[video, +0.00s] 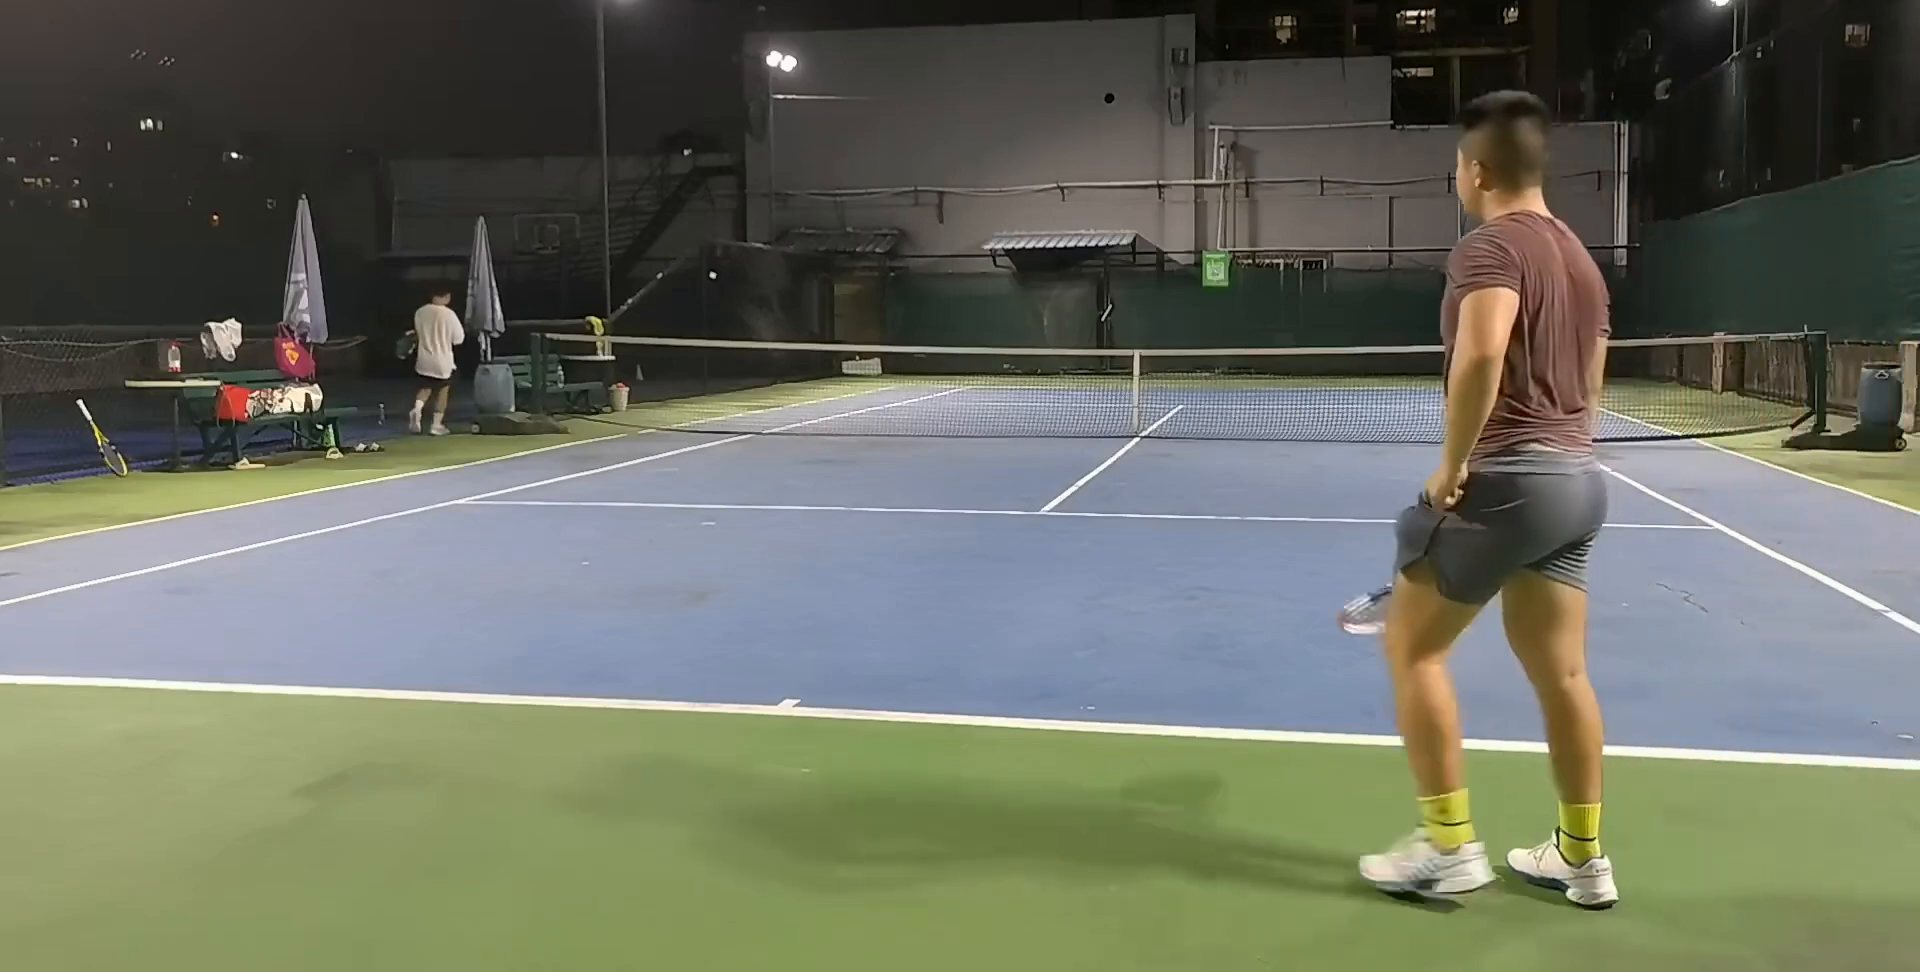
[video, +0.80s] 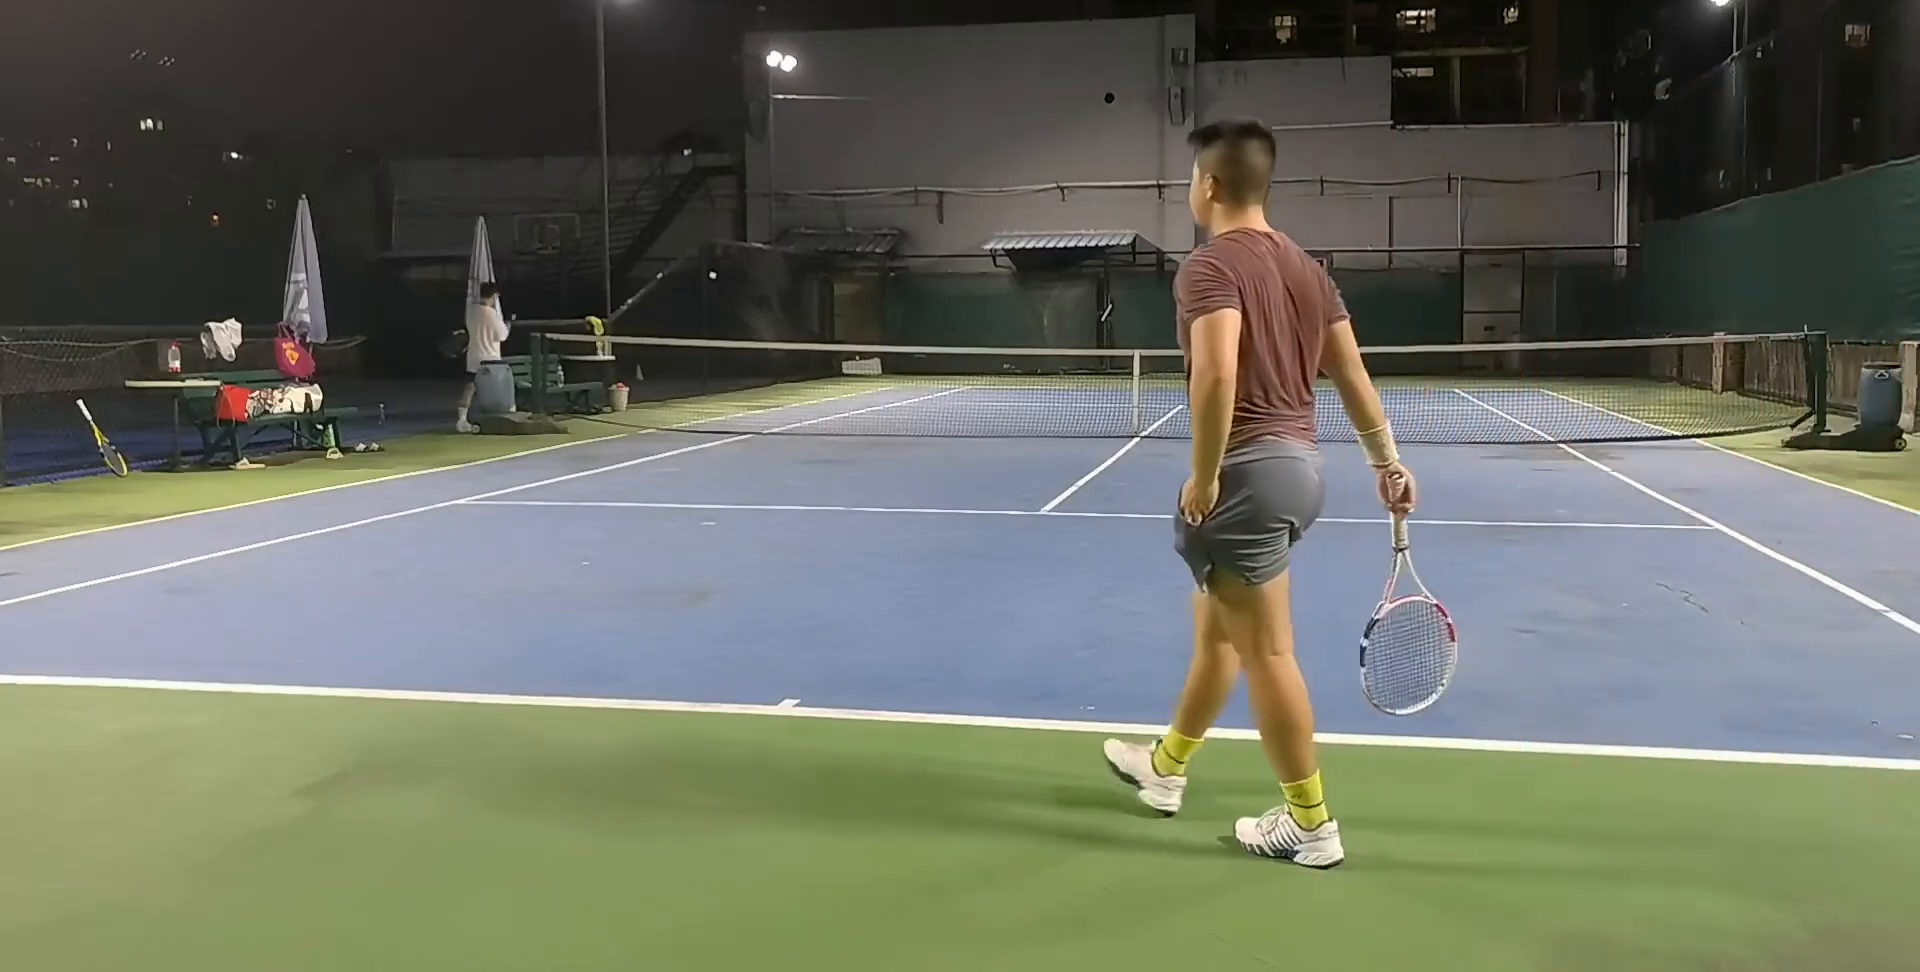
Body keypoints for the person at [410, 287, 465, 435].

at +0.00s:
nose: (449, 300)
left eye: (448, 297)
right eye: (448, 297)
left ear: (432, 296)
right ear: (445, 297)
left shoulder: (420, 312)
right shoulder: (449, 314)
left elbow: (418, 332)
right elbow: (458, 339)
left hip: (423, 360)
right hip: (443, 361)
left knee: (425, 387)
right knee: (443, 390)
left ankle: (417, 409)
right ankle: (437, 424)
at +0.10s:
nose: (453, 298)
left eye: (453, 295)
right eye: (453, 295)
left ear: (437, 294)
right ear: (451, 295)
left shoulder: (425, 311)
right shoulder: (454, 313)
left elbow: (423, 331)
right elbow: (463, 337)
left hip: (428, 360)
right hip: (447, 362)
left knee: (432, 387)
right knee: (444, 394)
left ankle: (426, 414)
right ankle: (437, 424)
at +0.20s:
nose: (458, 297)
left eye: (457, 295)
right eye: (458, 295)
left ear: (441, 295)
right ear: (455, 295)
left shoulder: (430, 311)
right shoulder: (457, 313)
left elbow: (429, 331)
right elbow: (467, 336)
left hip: (433, 358)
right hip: (450, 360)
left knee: (440, 389)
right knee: (445, 391)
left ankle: (440, 419)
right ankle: (438, 423)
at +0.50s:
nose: (472, 297)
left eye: (471, 294)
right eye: (470, 294)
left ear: (456, 296)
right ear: (467, 296)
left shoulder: (448, 313)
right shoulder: (471, 313)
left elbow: (447, 332)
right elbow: (482, 333)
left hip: (452, 357)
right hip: (469, 358)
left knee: (460, 388)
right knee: (469, 390)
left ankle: (460, 420)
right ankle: (452, 409)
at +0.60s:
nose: (479, 294)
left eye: (478, 291)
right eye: (478, 291)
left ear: (463, 292)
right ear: (475, 292)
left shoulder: (454, 311)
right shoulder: (478, 312)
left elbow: (453, 330)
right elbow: (487, 333)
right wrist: (489, 319)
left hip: (458, 357)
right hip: (475, 358)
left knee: (463, 385)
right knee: (476, 387)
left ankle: (460, 420)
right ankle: (468, 416)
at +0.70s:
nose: (487, 297)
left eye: (487, 294)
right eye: (487, 294)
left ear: (472, 293)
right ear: (484, 294)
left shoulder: (462, 311)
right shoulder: (484, 313)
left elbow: (462, 330)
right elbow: (494, 334)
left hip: (465, 360)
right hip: (483, 360)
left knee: (466, 388)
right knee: (486, 391)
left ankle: (460, 420)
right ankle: (487, 422)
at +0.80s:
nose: (496, 299)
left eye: (496, 296)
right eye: (495, 296)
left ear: (480, 295)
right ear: (492, 297)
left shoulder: (470, 311)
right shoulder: (492, 314)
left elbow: (471, 329)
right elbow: (502, 335)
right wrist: (508, 324)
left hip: (473, 360)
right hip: (491, 361)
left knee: (469, 388)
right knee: (500, 388)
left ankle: (462, 420)